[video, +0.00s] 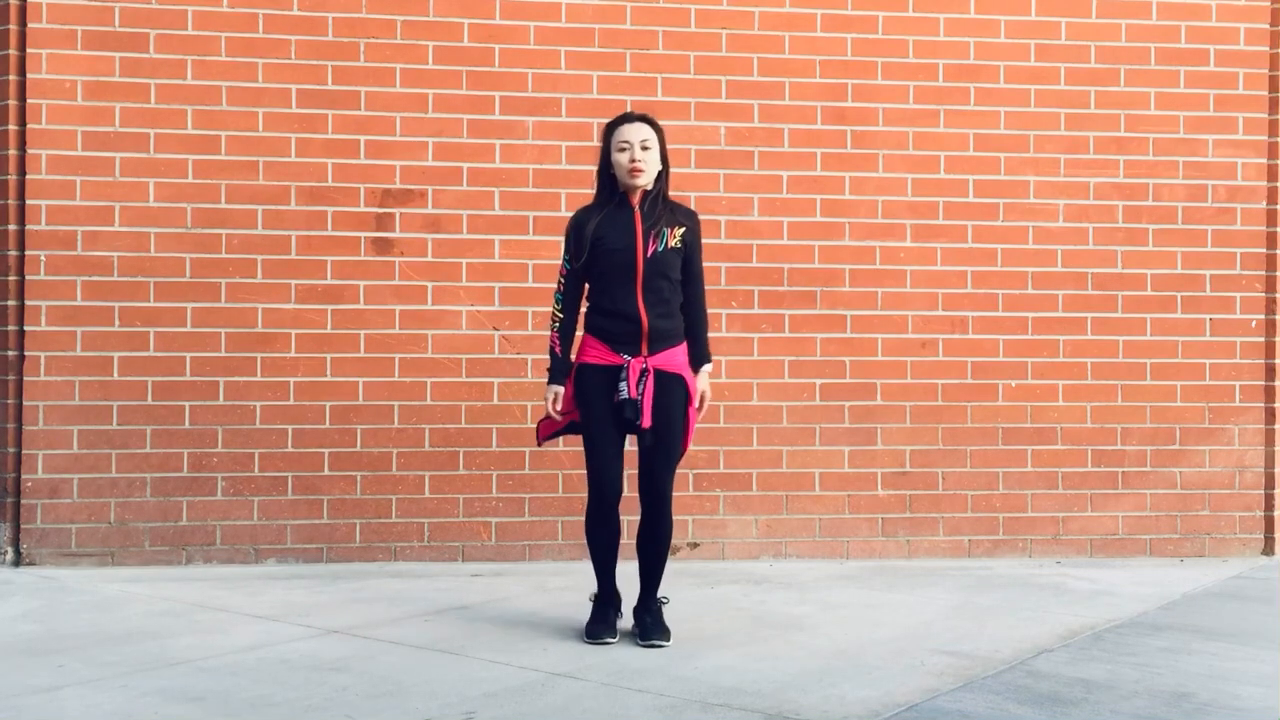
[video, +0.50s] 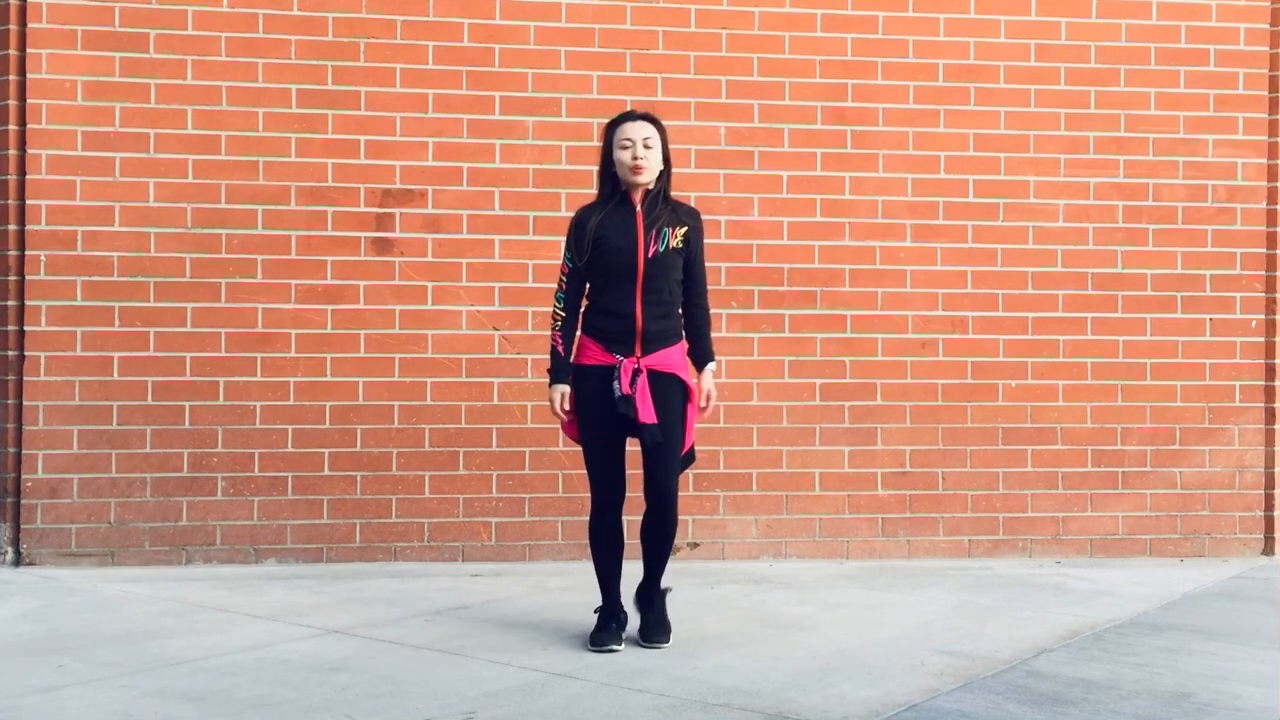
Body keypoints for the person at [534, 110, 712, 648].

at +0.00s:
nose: (636, 155)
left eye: (645, 146)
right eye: (625, 147)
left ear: (661, 155)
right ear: (609, 158)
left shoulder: (682, 220)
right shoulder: (587, 222)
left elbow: (694, 298)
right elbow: (567, 301)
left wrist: (701, 364)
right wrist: (557, 373)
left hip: (667, 369)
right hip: (600, 367)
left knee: (657, 493)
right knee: (603, 491)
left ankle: (649, 604)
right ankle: (605, 599)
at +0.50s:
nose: (638, 153)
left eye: (648, 145)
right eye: (626, 145)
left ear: (663, 155)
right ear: (610, 156)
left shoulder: (683, 219)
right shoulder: (589, 220)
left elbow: (695, 298)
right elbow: (567, 300)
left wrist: (705, 360)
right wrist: (559, 371)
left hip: (664, 368)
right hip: (598, 369)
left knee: (663, 494)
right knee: (606, 496)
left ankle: (652, 593)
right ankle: (610, 608)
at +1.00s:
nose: (652, 156)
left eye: (662, 146)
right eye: (641, 147)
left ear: (678, 156)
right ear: (625, 156)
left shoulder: (699, 224)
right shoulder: (603, 223)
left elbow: (712, 300)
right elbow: (580, 302)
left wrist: (723, 366)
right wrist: (568, 376)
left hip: (679, 373)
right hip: (611, 370)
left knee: (669, 498)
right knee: (611, 490)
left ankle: (661, 611)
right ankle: (608, 596)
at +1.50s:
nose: (659, 158)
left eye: (669, 148)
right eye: (647, 149)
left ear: (684, 158)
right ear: (631, 160)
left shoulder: (703, 228)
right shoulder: (609, 224)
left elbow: (710, 307)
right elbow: (581, 299)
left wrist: (715, 371)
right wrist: (567, 371)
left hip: (683, 370)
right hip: (615, 369)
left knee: (683, 485)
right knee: (619, 496)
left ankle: (671, 593)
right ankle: (621, 610)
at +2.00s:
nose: (680, 162)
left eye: (689, 153)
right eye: (668, 155)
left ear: (705, 163)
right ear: (653, 168)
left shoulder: (727, 229)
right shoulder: (634, 230)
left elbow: (745, 303)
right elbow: (610, 305)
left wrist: (762, 367)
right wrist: (596, 376)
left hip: (704, 374)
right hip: (639, 371)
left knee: (701, 496)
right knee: (639, 479)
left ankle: (686, 607)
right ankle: (629, 584)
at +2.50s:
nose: (685, 158)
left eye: (694, 149)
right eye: (674, 150)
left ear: (710, 161)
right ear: (658, 162)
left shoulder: (729, 227)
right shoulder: (635, 224)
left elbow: (735, 299)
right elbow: (602, 294)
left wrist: (741, 362)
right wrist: (589, 361)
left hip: (708, 367)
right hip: (642, 367)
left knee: (709, 482)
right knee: (648, 493)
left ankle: (696, 587)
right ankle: (650, 604)